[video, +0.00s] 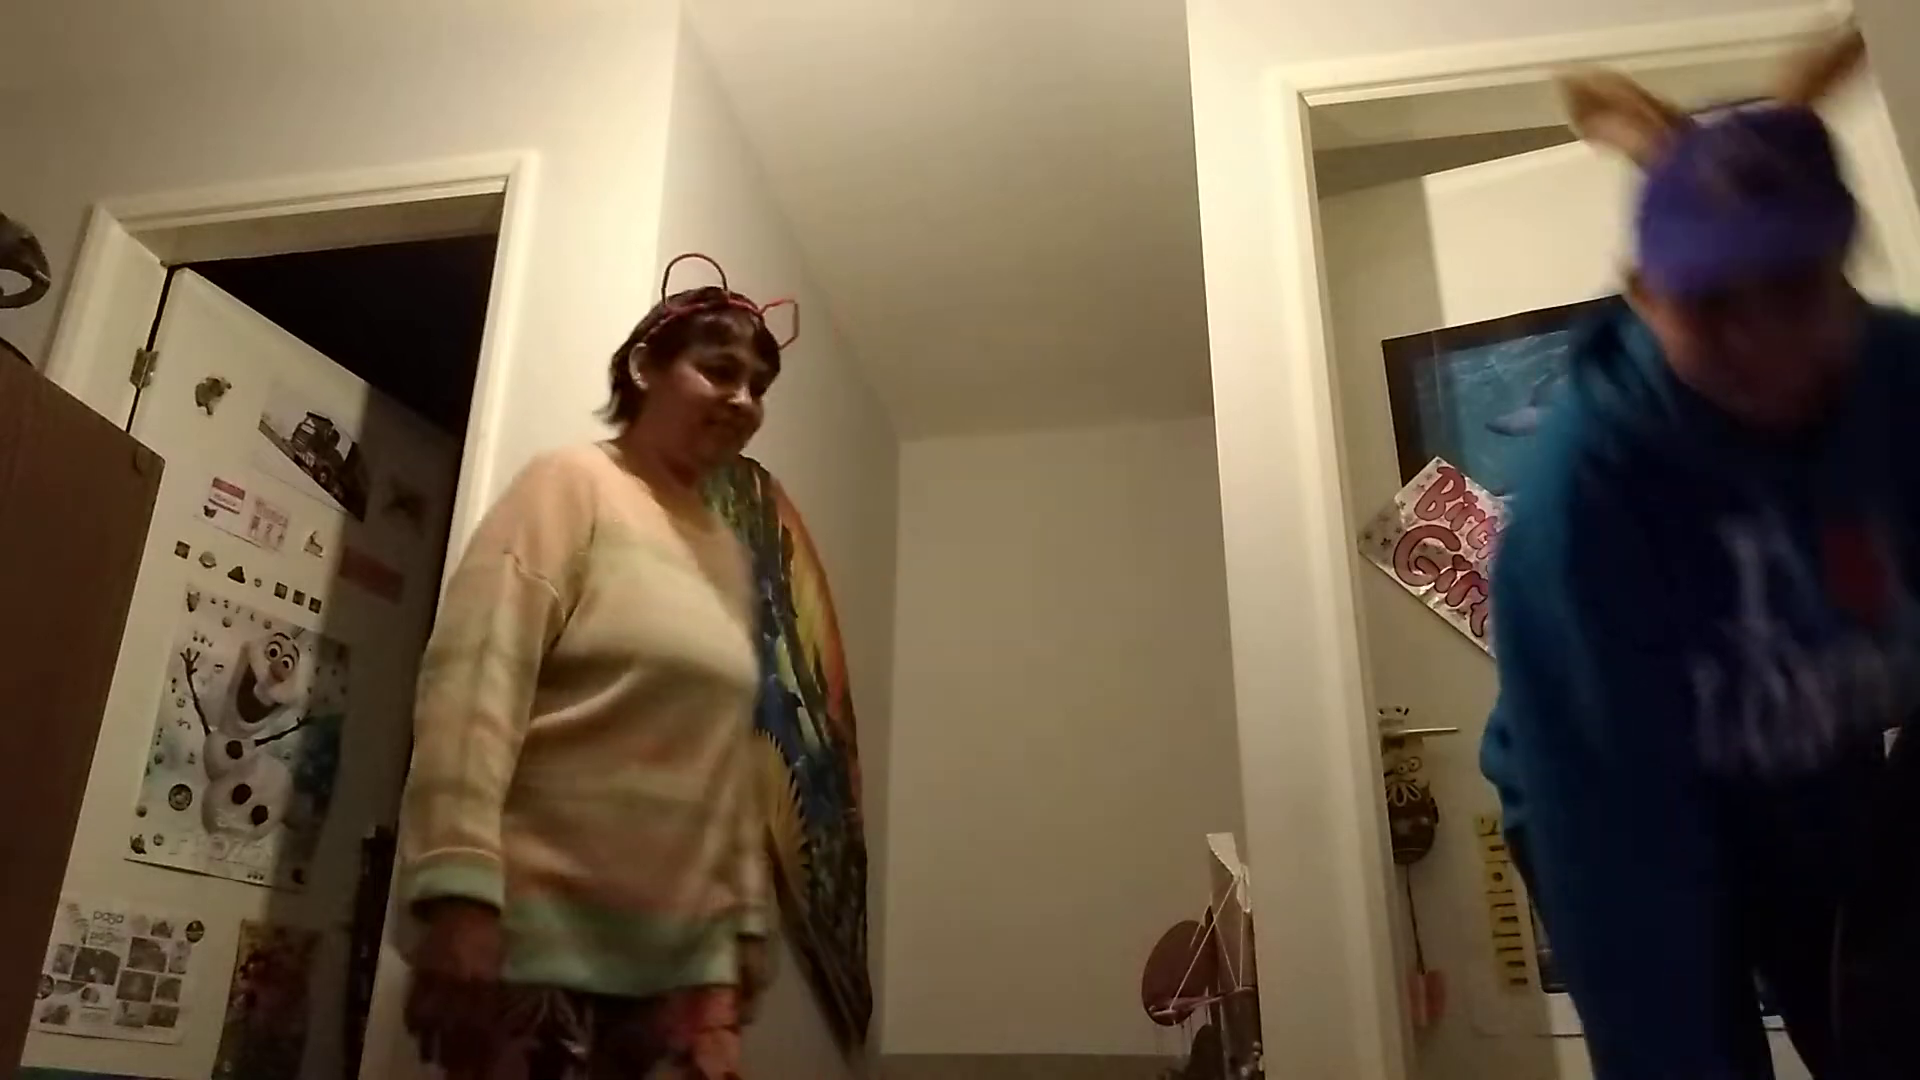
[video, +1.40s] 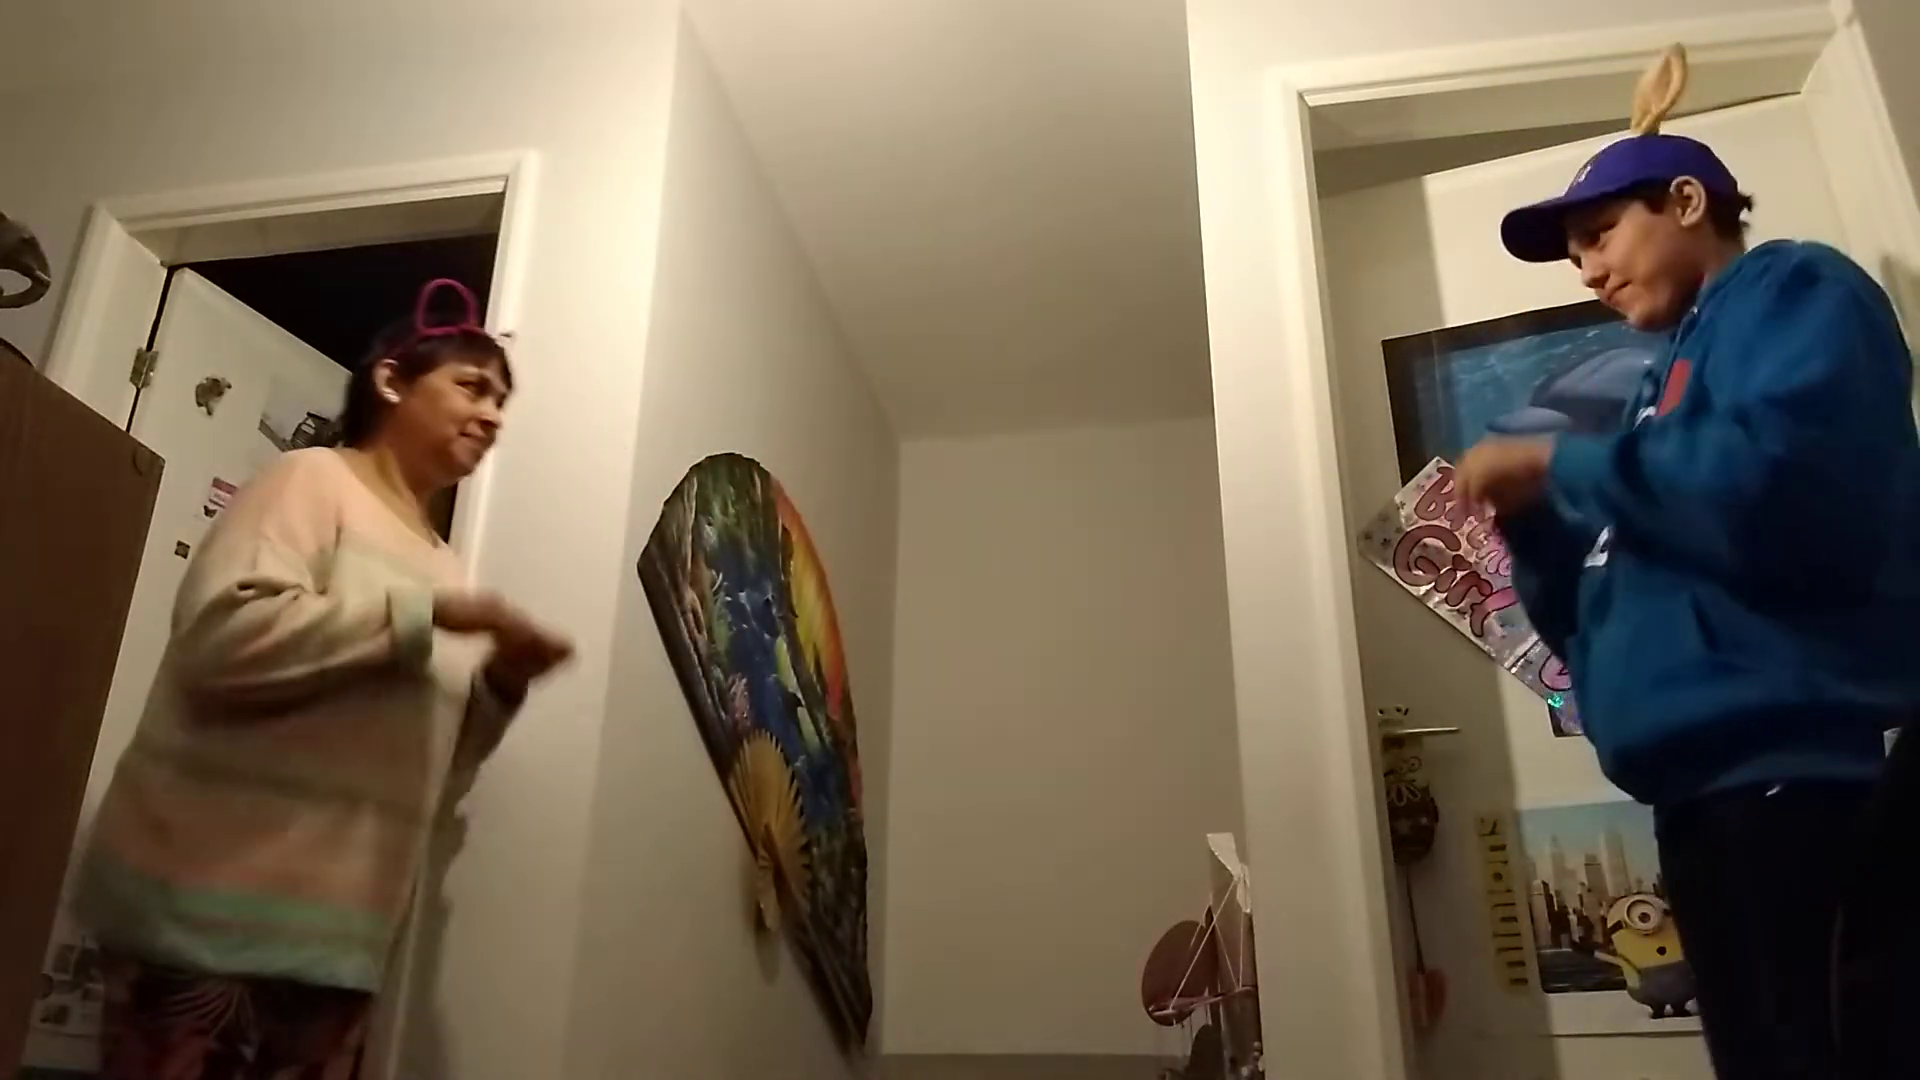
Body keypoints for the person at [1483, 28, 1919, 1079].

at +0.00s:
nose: (1758, 340)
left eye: (1792, 294)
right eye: (1711, 304)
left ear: (1843, 271)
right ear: (1646, 297)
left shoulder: (1900, 384)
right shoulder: (1587, 489)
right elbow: (1602, 826)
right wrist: (1674, 1057)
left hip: (1848, 803)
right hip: (1649, 836)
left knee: (1888, 1047)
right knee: (1690, 1056)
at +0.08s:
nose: (1684, 253)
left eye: (1718, 206)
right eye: (1640, 217)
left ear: (1779, 190)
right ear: (1588, 228)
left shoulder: (1890, 340)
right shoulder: (1541, 430)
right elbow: (1549, 748)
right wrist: (1622, 1000)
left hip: (1874, 836)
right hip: (1658, 861)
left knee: (1891, 1050)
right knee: (1698, 1060)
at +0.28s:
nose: (1597, 156)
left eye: (1631, 111)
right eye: (1560, 134)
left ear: (1704, 113)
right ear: (1536, 166)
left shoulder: (1870, 269)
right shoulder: (1503, 367)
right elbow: (1481, 664)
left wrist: (1913, 651)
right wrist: (1581, 863)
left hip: (1887, 811)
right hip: (1670, 844)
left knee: (1891, 1060)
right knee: (1699, 1079)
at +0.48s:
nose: (1618, 169)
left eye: (1648, 132)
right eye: (1585, 151)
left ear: (1726, 140)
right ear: (1568, 185)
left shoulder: (1874, 268)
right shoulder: (1548, 389)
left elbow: (1917, 521)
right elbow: (1518, 634)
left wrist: (1847, 622)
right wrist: (1547, 732)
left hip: (1882, 782)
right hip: (1695, 818)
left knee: (1883, 1050)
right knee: (1712, 1062)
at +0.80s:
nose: (1637, 184)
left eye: (1665, 150)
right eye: (1611, 174)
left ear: (1743, 161)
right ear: (1604, 216)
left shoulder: (1863, 256)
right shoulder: (1614, 381)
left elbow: (1913, 457)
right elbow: (1616, 635)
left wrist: (1757, 508)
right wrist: (1583, 596)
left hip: (1877, 777)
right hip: (1709, 809)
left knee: (1882, 1052)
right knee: (1741, 1064)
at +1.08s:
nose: (1613, 230)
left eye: (1641, 198)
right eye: (1589, 222)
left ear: (1719, 208)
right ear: (1585, 259)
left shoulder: (1812, 303)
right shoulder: (1601, 425)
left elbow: (1870, 523)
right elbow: (1604, 685)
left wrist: (1626, 580)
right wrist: (1512, 591)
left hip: (1850, 787)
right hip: (1699, 818)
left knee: (1865, 1052)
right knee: (1750, 1059)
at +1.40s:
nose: (1590, 269)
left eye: (1604, 232)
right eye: (1579, 251)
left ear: (1688, 203)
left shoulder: (1798, 289)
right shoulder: (1668, 380)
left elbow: (1775, 482)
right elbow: (1598, 629)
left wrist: (1552, 466)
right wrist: (1525, 517)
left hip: (1804, 786)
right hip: (1710, 798)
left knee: (1816, 1051)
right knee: (1756, 1053)